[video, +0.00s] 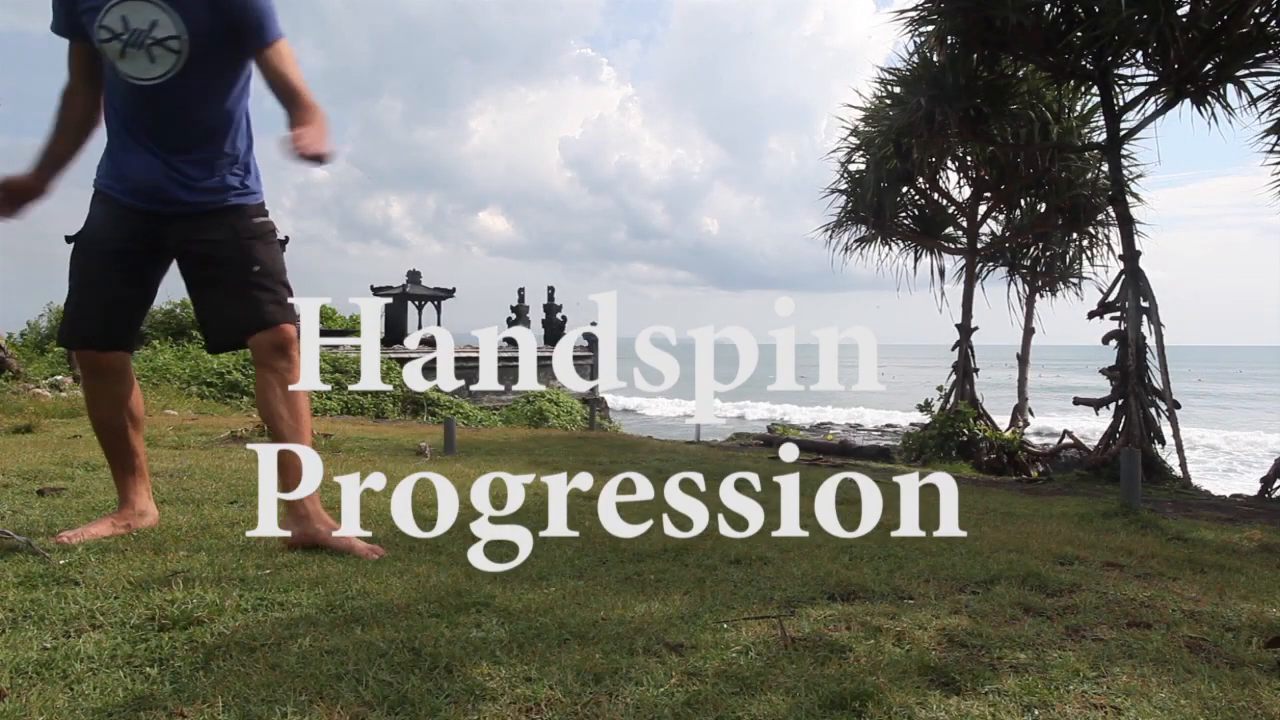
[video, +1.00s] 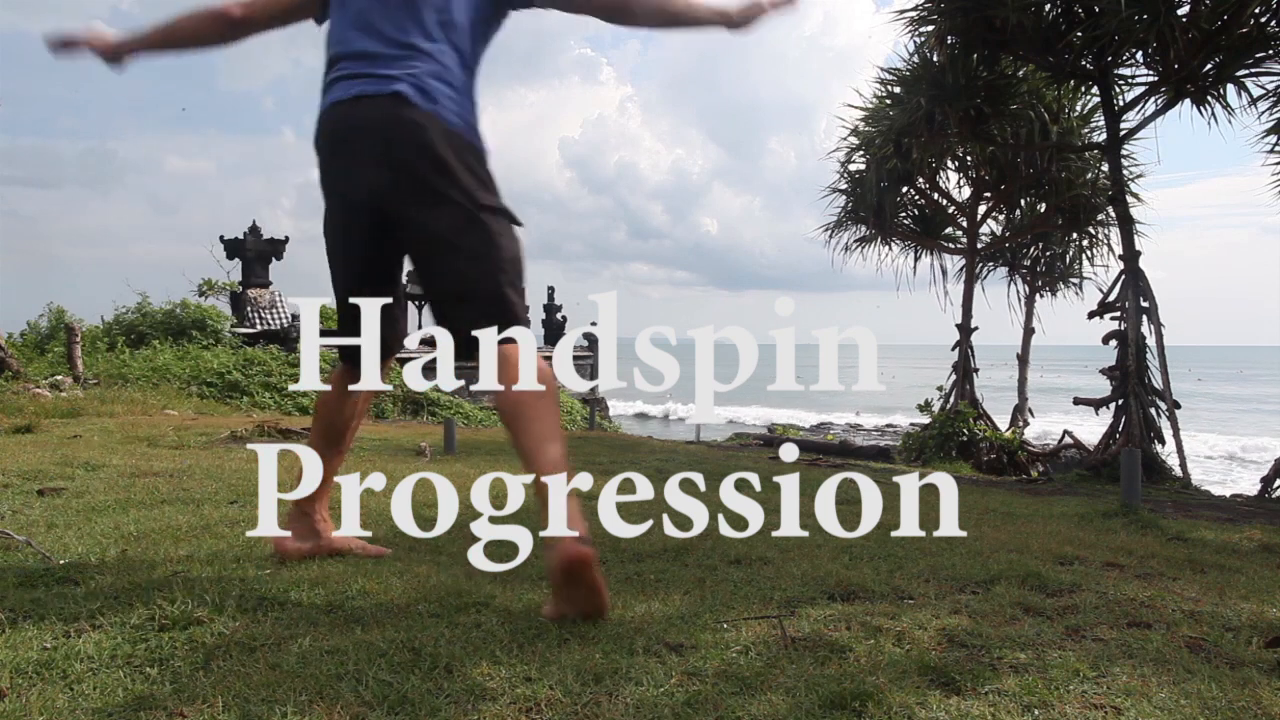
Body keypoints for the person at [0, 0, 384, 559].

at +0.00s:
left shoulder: (239, 6)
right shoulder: (84, 3)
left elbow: (297, 96)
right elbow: (84, 91)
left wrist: (308, 127)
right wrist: (39, 178)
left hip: (224, 186)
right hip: (127, 190)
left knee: (279, 337)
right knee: (96, 344)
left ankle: (304, 514)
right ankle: (136, 506)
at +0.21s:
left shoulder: (305, 6)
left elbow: (361, 108)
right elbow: (44, 33)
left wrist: (443, 138)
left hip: (245, 196)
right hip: (144, 189)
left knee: (285, 344)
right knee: (113, 346)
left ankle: (289, 522)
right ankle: (131, 497)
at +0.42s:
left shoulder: (355, 18)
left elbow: (360, 123)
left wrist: (437, 166)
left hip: (292, 191)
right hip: (203, 170)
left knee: (338, 349)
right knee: (168, 344)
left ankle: (295, 522)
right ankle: (74, 451)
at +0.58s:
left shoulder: (358, 13)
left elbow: (309, 100)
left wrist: (354, 169)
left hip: (317, 183)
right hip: (258, 156)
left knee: (368, 347)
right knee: (273, 345)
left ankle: (297, 519)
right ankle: (89, 490)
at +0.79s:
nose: (458, 4)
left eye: (457, 4)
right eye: (453, 2)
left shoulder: (318, 9)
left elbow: (248, 97)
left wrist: (222, 151)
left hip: (292, 144)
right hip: (348, 138)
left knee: (363, 358)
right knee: (428, 347)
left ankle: (306, 511)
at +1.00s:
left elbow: (234, 17)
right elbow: (620, 5)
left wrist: (131, 43)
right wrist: (727, 11)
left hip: (342, 127)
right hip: (430, 126)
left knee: (364, 331)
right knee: (504, 335)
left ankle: (311, 519)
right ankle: (565, 516)